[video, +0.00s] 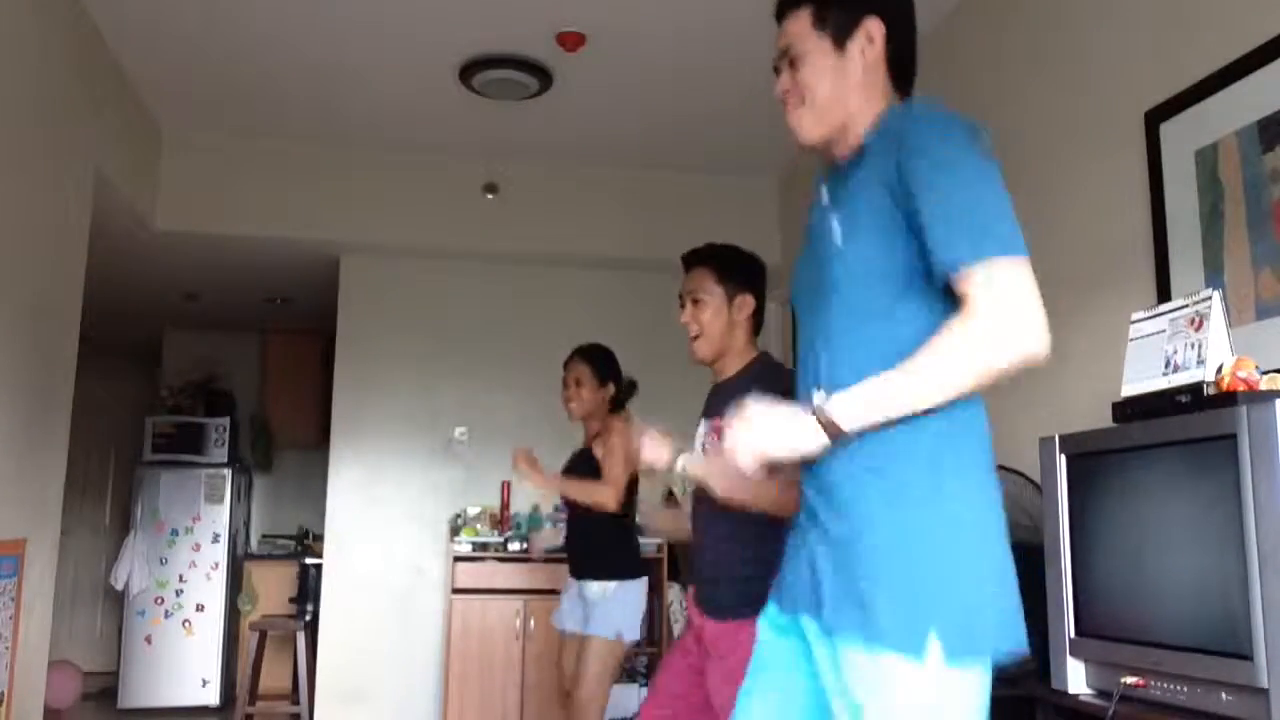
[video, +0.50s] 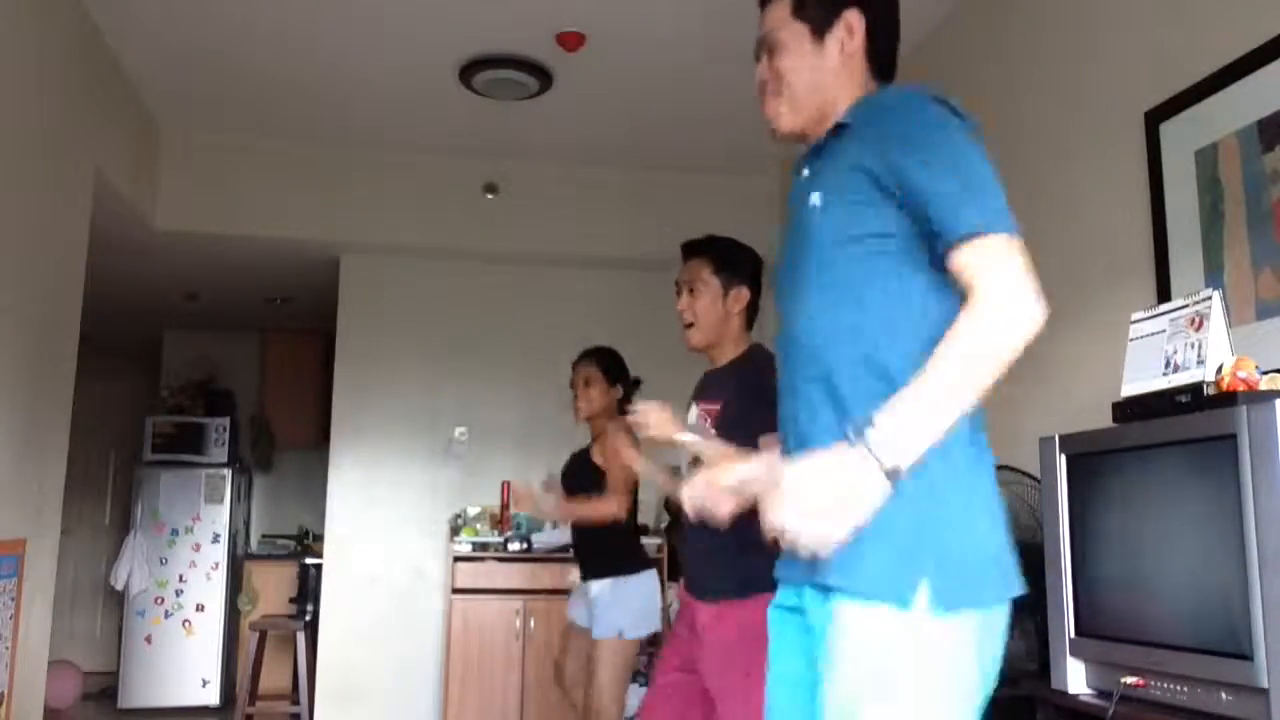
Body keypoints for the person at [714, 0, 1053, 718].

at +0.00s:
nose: (779, 84)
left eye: (792, 59)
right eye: (778, 67)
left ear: (867, 44)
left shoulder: (925, 139)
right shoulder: (831, 199)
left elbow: (1013, 322)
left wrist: (827, 422)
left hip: (914, 590)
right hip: (811, 584)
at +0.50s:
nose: (760, 74)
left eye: (772, 47)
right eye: (759, 55)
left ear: (847, 35)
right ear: (840, 39)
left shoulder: (902, 119)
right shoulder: (812, 178)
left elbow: (1011, 299)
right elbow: (861, 398)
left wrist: (870, 462)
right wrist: (762, 466)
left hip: (915, 579)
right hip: (815, 575)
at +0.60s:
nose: (757, 113)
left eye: (773, 87)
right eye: (757, 94)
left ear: (848, 78)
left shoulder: (914, 185)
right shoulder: (816, 228)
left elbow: (997, 388)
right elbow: (860, 430)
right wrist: (746, 448)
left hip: (936, 627)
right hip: (817, 619)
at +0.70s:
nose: (754, 139)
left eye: (770, 112)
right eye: (757, 119)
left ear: (844, 104)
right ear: (842, 108)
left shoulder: (915, 232)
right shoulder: (822, 262)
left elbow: (1010, 448)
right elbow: (877, 461)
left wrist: (907, 600)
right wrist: (780, 498)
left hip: (946, 636)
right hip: (839, 625)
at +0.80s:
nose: (758, 115)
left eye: (773, 85)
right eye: (759, 92)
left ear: (847, 70)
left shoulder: (933, 196)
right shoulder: (820, 228)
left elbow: (1021, 405)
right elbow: (837, 425)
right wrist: (770, 517)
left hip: (933, 656)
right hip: (823, 635)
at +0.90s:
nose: (760, 76)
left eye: (772, 47)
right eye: (758, 57)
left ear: (846, 28)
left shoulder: (910, 117)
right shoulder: (821, 181)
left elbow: (1007, 294)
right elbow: (840, 414)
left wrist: (798, 373)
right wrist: (717, 420)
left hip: (915, 597)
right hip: (811, 588)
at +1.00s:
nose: (765, 80)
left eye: (776, 54)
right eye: (762, 62)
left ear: (848, 31)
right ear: (845, 35)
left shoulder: (897, 95)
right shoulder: (829, 162)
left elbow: (966, 258)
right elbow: (825, 357)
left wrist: (775, 369)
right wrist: (718, 356)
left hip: (897, 554)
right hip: (810, 549)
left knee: (890, 708)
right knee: (797, 708)